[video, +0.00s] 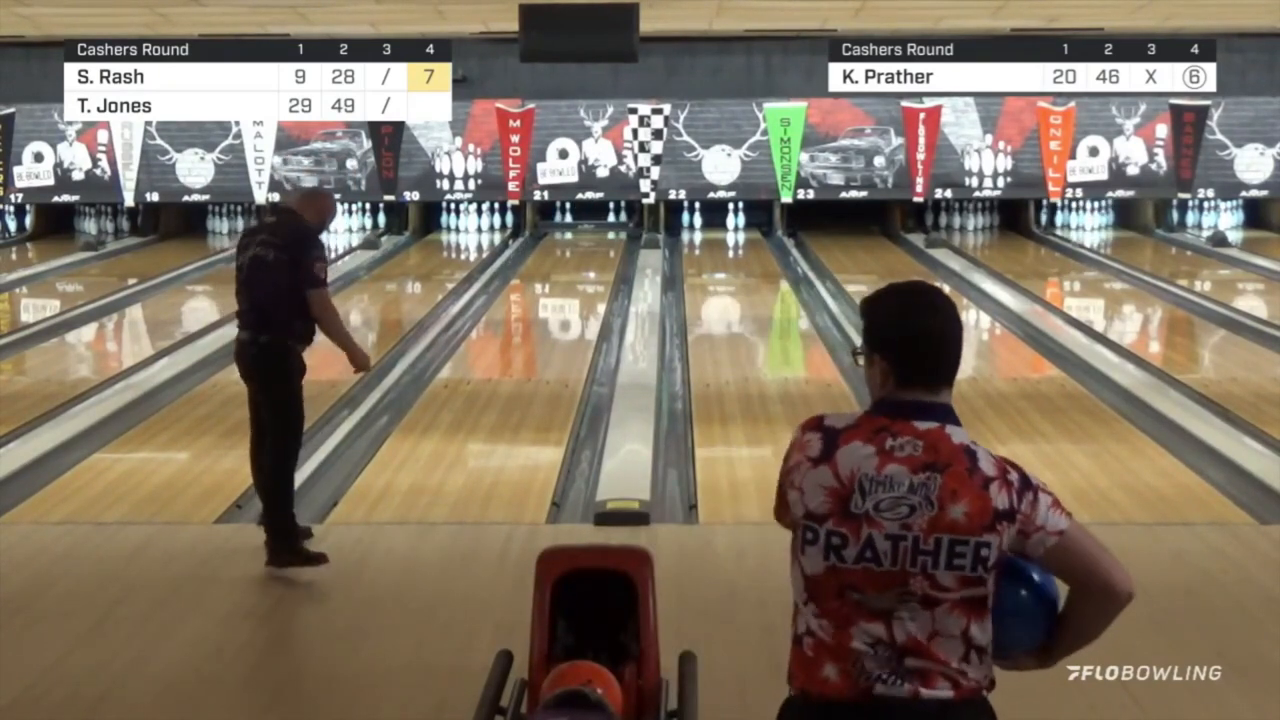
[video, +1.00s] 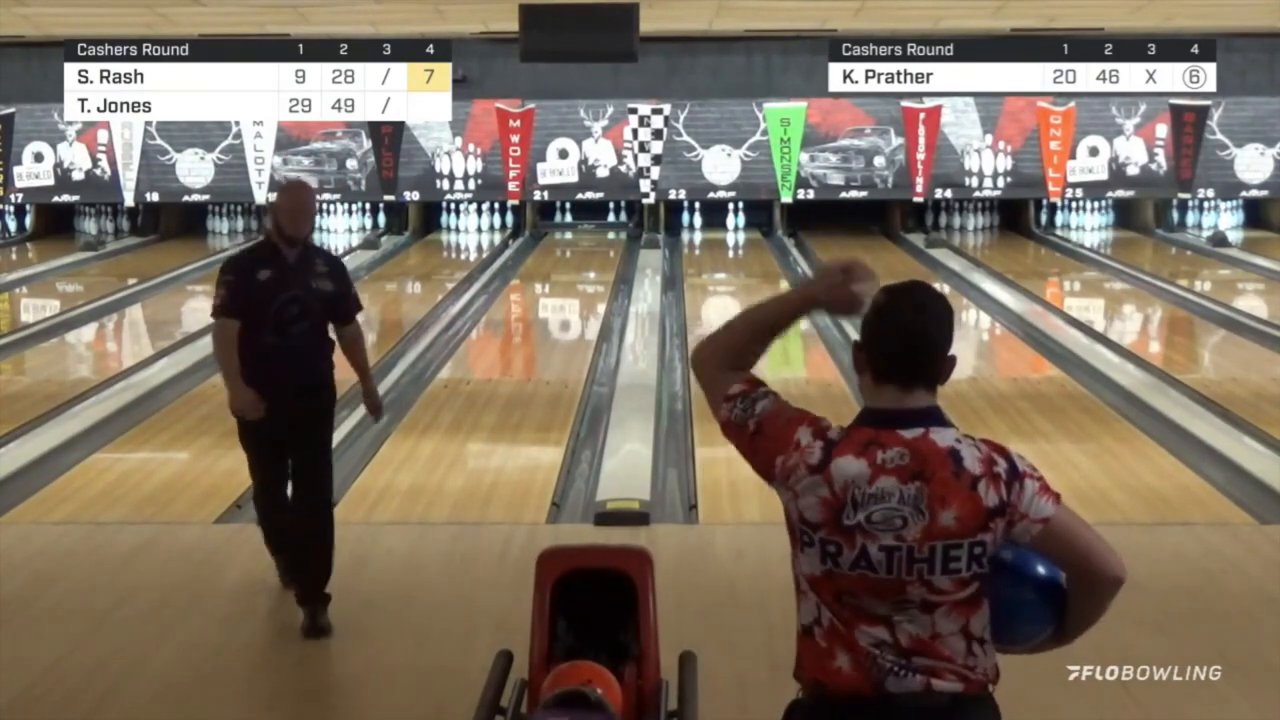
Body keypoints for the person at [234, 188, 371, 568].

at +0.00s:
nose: (324, 227)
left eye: (327, 221)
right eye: (325, 220)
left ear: (297, 204)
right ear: (315, 208)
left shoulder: (255, 231)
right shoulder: (306, 241)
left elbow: (251, 294)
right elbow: (320, 306)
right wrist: (352, 349)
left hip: (250, 347)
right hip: (278, 353)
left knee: (265, 439)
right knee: (283, 443)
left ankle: (278, 522)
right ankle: (282, 544)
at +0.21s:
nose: (322, 233)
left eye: (324, 225)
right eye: (322, 225)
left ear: (295, 211)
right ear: (307, 218)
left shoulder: (262, 247)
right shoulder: (286, 257)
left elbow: (257, 317)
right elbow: (301, 330)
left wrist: (292, 366)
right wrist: (344, 374)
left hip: (258, 367)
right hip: (276, 373)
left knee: (278, 447)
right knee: (289, 454)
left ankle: (280, 520)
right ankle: (281, 561)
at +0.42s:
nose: (317, 219)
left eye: (320, 211)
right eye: (314, 210)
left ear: (293, 204)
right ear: (293, 204)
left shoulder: (280, 246)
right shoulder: (272, 254)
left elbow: (282, 321)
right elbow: (272, 331)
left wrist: (303, 375)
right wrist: (300, 389)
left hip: (285, 368)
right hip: (271, 374)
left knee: (303, 448)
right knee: (287, 460)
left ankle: (305, 527)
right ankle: (282, 558)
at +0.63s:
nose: (319, 205)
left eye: (319, 198)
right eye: (315, 197)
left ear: (297, 200)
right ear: (293, 199)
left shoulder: (297, 246)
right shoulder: (257, 255)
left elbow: (301, 315)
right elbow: (253, 330)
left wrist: (323, 360)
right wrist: (276, 377)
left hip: (308, 374)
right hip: (263, 380)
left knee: (333, 461)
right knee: (272, 471)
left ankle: (339, 555)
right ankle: (281, 560)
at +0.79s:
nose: (317, 218)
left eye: (318, 210)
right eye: (311, 210)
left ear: (304, 210)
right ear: (285, 208)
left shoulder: (314, 255)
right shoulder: (246, 264)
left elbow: (324, 314)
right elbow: (247, 335)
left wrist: (340, 363)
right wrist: (269, 373)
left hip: (312, 381)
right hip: (261, 386)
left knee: (322, 481)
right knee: (270, 481)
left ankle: (343, 577)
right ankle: (281, 562)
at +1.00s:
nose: (304, 218)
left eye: (310, 209)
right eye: (297, 209)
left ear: (315, 213)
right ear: (276, 211)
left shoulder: (328, 267)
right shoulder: (241, 267)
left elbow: (348, 330)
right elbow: (224, 332)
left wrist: (368, 383)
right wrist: (235, 387)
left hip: (313, 395)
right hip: (258, 397)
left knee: (315, 492)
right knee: (269, 489)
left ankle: (316, 594)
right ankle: (285, 560)